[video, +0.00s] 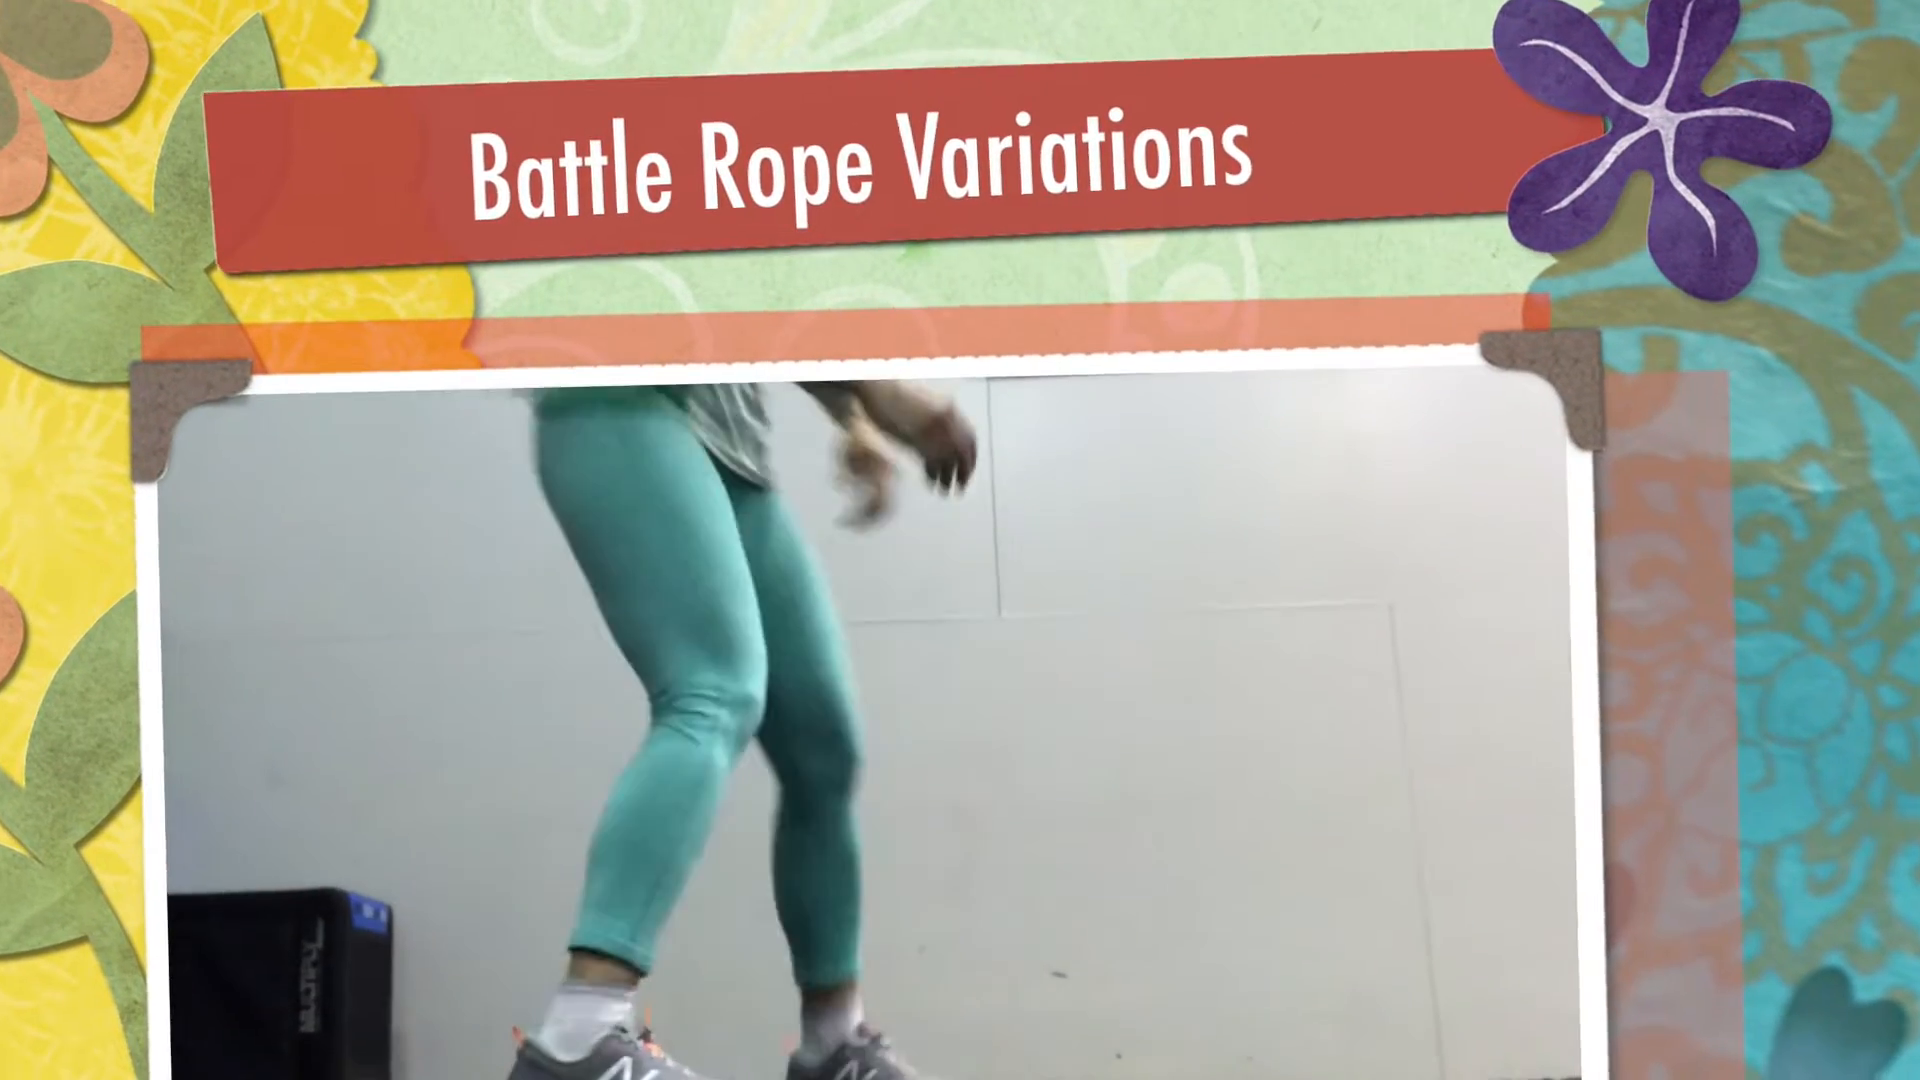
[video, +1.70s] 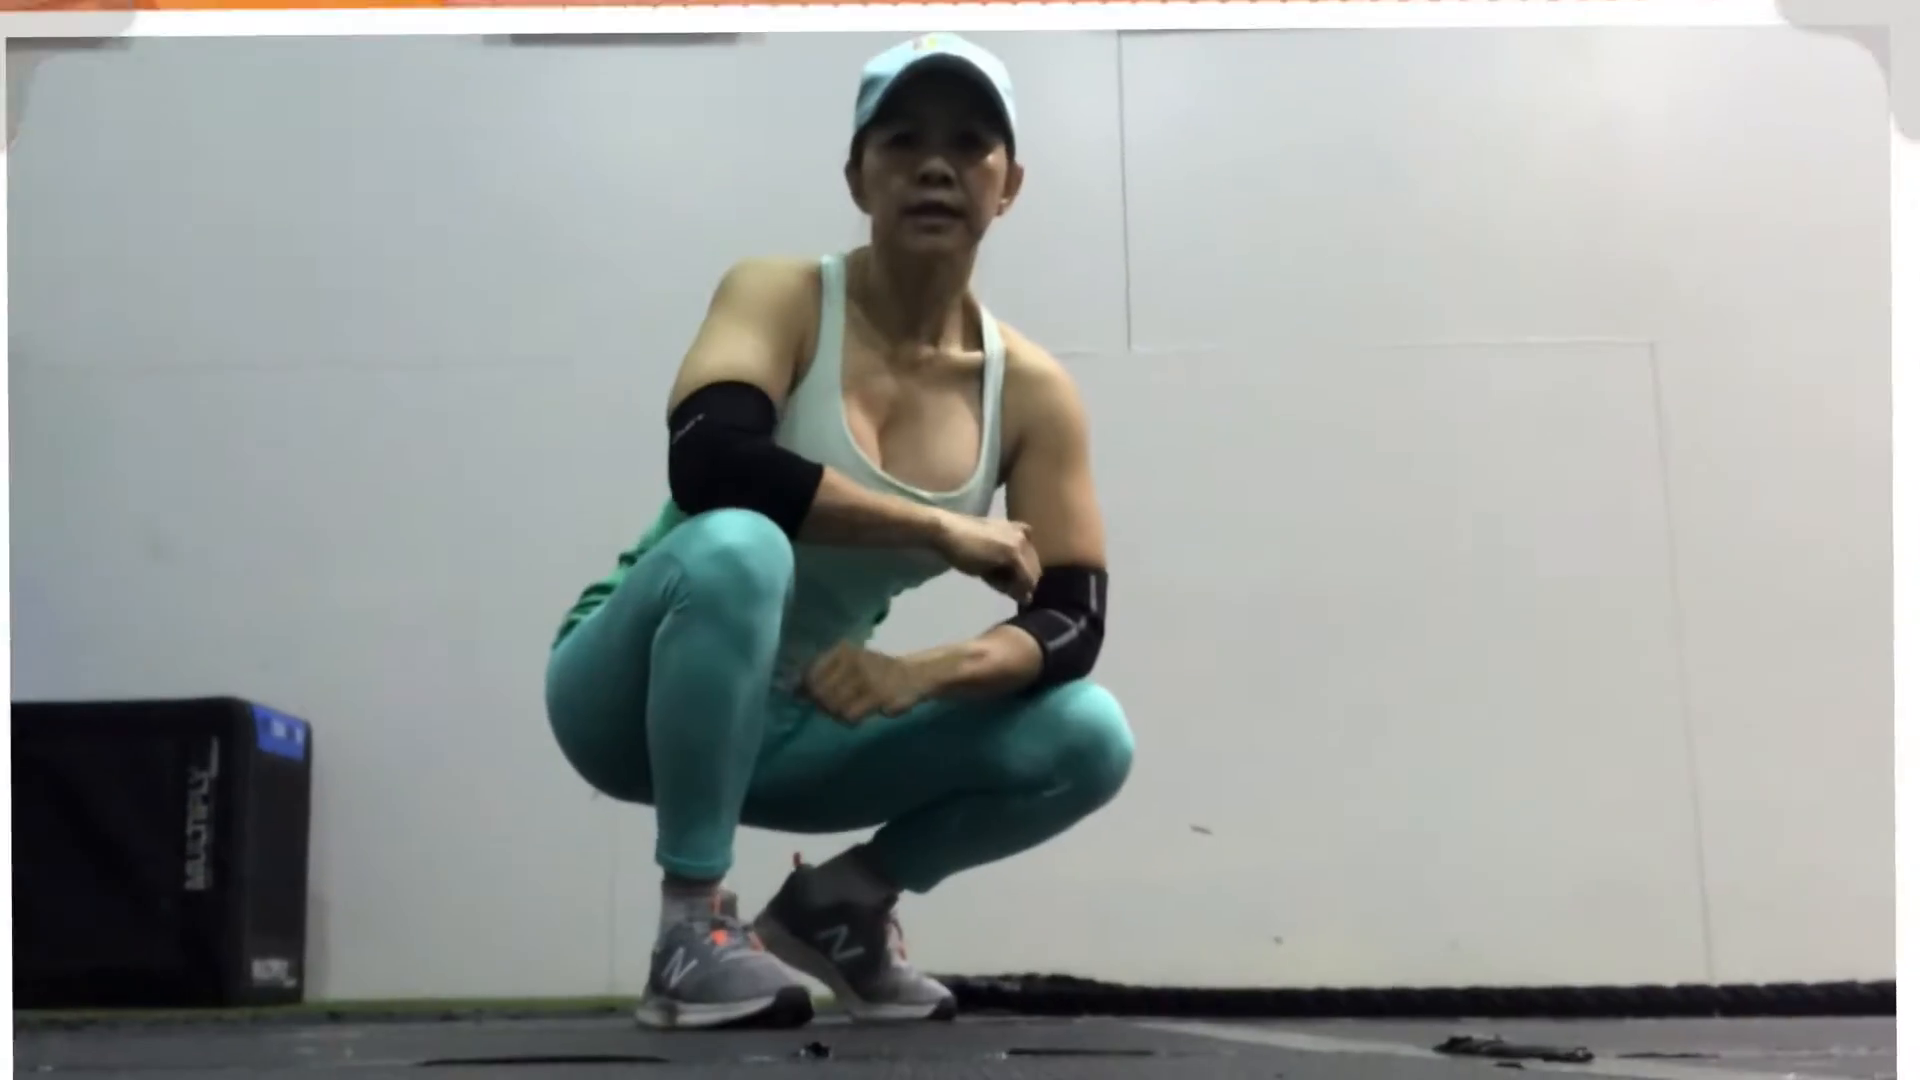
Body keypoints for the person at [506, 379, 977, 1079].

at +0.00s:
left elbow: (784, 304)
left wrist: (853, 418)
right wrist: (909, 402)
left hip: (730, 441)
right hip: (623, 408)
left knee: (823, 748)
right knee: (712, 694)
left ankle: (834, 1040)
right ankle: (583, 1027)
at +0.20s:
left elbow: (902, 370)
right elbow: (684, 380)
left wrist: (937, 490)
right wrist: (812, 509)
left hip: (775, 496)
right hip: (651, 461)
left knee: (884, 757)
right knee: (741, 675)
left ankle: (845, 1042)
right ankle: (633, 1010)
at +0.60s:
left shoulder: (891, 358)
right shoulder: (696, 335)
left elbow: (863, 489)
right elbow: (657, 521)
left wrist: (841, 595)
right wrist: (793, 646)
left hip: (732, 564)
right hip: (603, 550)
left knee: (886, 770)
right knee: (695, 765)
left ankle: (813, 1022)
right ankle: (685, 1055)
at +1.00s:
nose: (846, 347)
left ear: (886, 341)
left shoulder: (918, 428)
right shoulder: (718, 414)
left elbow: (937, 604)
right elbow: (705, 609)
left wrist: (863, 675)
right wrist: (875, 650)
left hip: (739, 658)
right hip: (618, 625)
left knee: (888, 833)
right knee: (690, 762)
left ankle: (801, 1060)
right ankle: (690, 1058)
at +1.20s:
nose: (858, 387)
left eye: (879, 367)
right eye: (833, 363)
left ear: (906, 384)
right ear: (788, 381)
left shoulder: (920, 535)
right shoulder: (723, 498)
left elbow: (952, 708)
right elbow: (704, 700)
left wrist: (863, 773)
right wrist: (873, 725)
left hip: (759, 754)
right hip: (618, 721)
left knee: (938, 854)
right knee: (721, 780)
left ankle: (809, 1058)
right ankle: (696, 1063)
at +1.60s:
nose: (914, 274)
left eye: (942, 253)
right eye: (884, 252)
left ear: (981, 287)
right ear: (842, 284)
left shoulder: (1007, 482)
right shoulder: (768, 399)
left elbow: (1047, 696)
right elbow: (718, 559)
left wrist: (913, 746)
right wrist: (926, 615)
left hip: (817, 797)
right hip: (649, 769)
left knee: (1064, 804)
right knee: (743, 642)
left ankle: (838, 968)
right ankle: (703, 992)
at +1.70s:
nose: (935, 163)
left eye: (966, 141)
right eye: (904, 139)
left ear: (1008, 182)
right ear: (859, 174)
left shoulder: (1032, 393)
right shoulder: (775, 297)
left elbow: (1069, 625)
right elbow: (711, 463)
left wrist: (917, 674)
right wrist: (938, 529)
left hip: (811, 731)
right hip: (636, 696)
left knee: (1086, 739)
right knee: (739, 550)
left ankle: (838, 903)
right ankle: (691, 933)